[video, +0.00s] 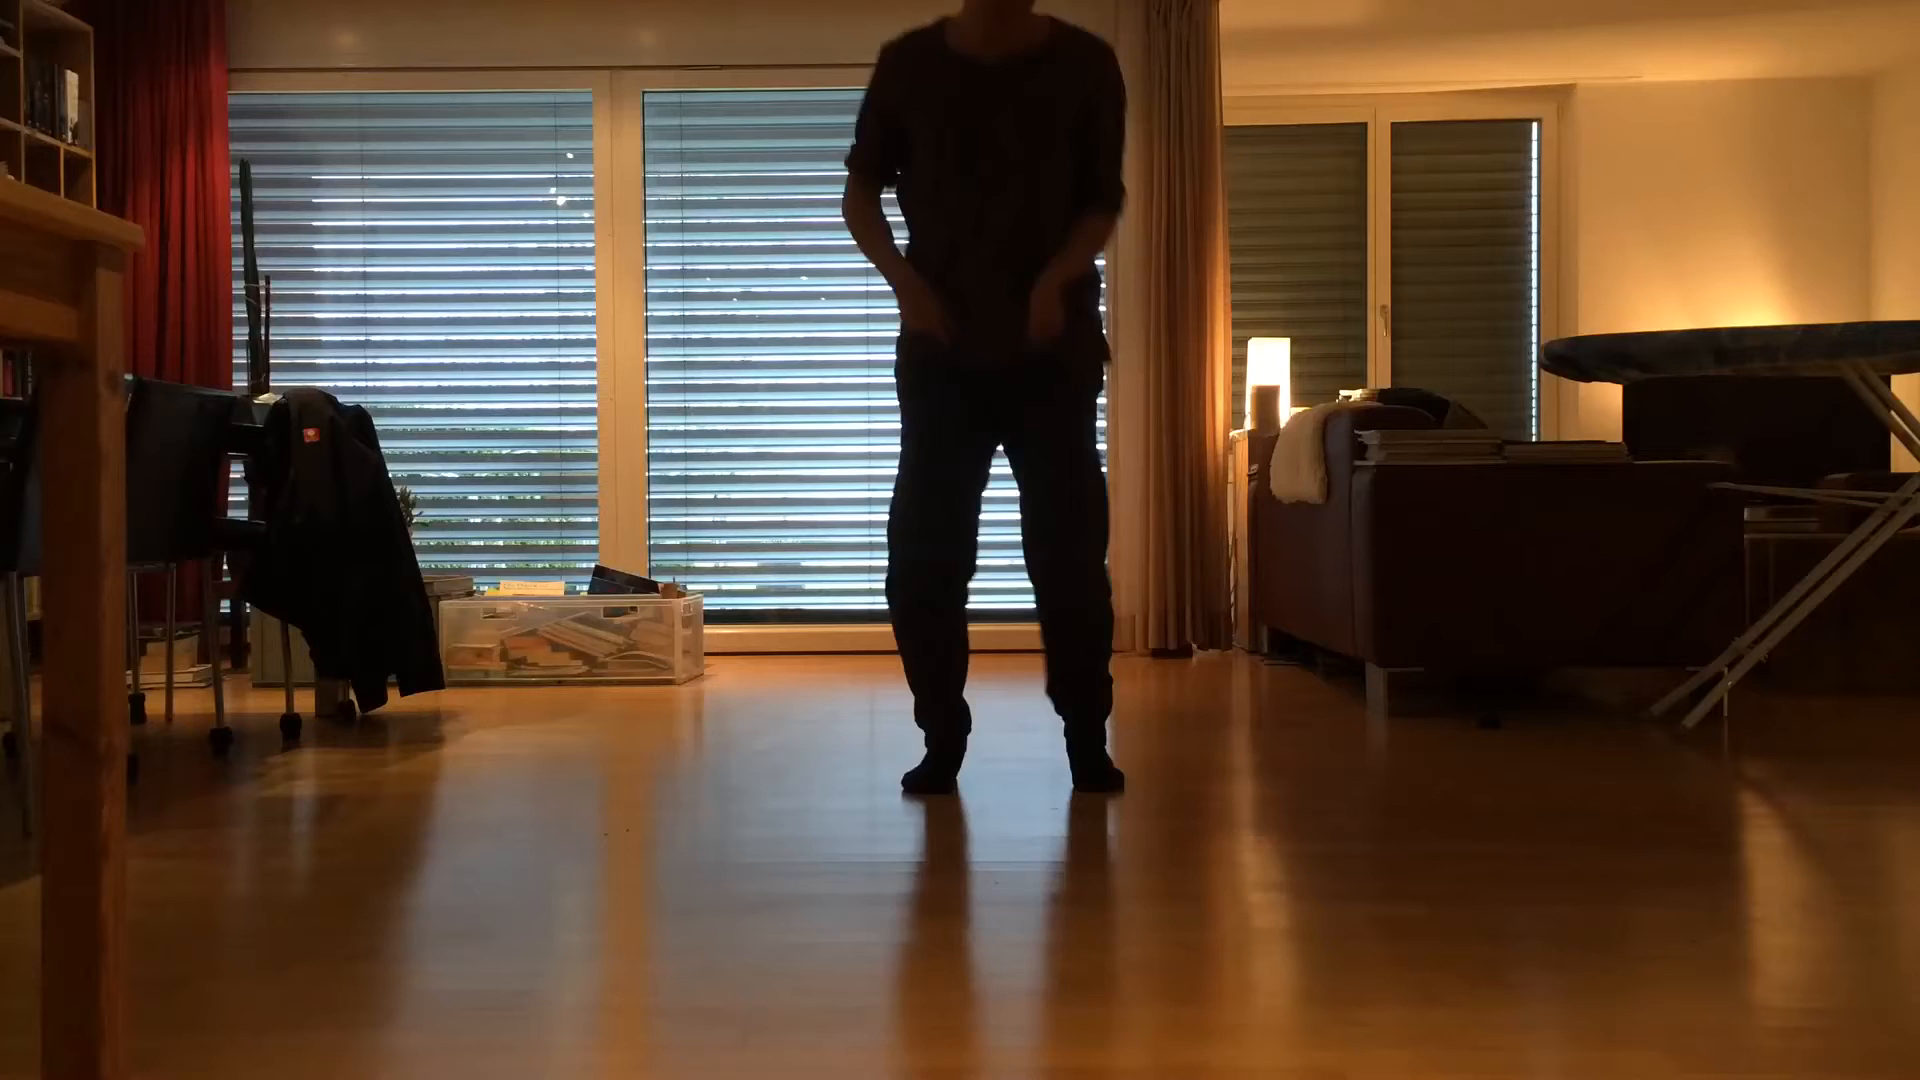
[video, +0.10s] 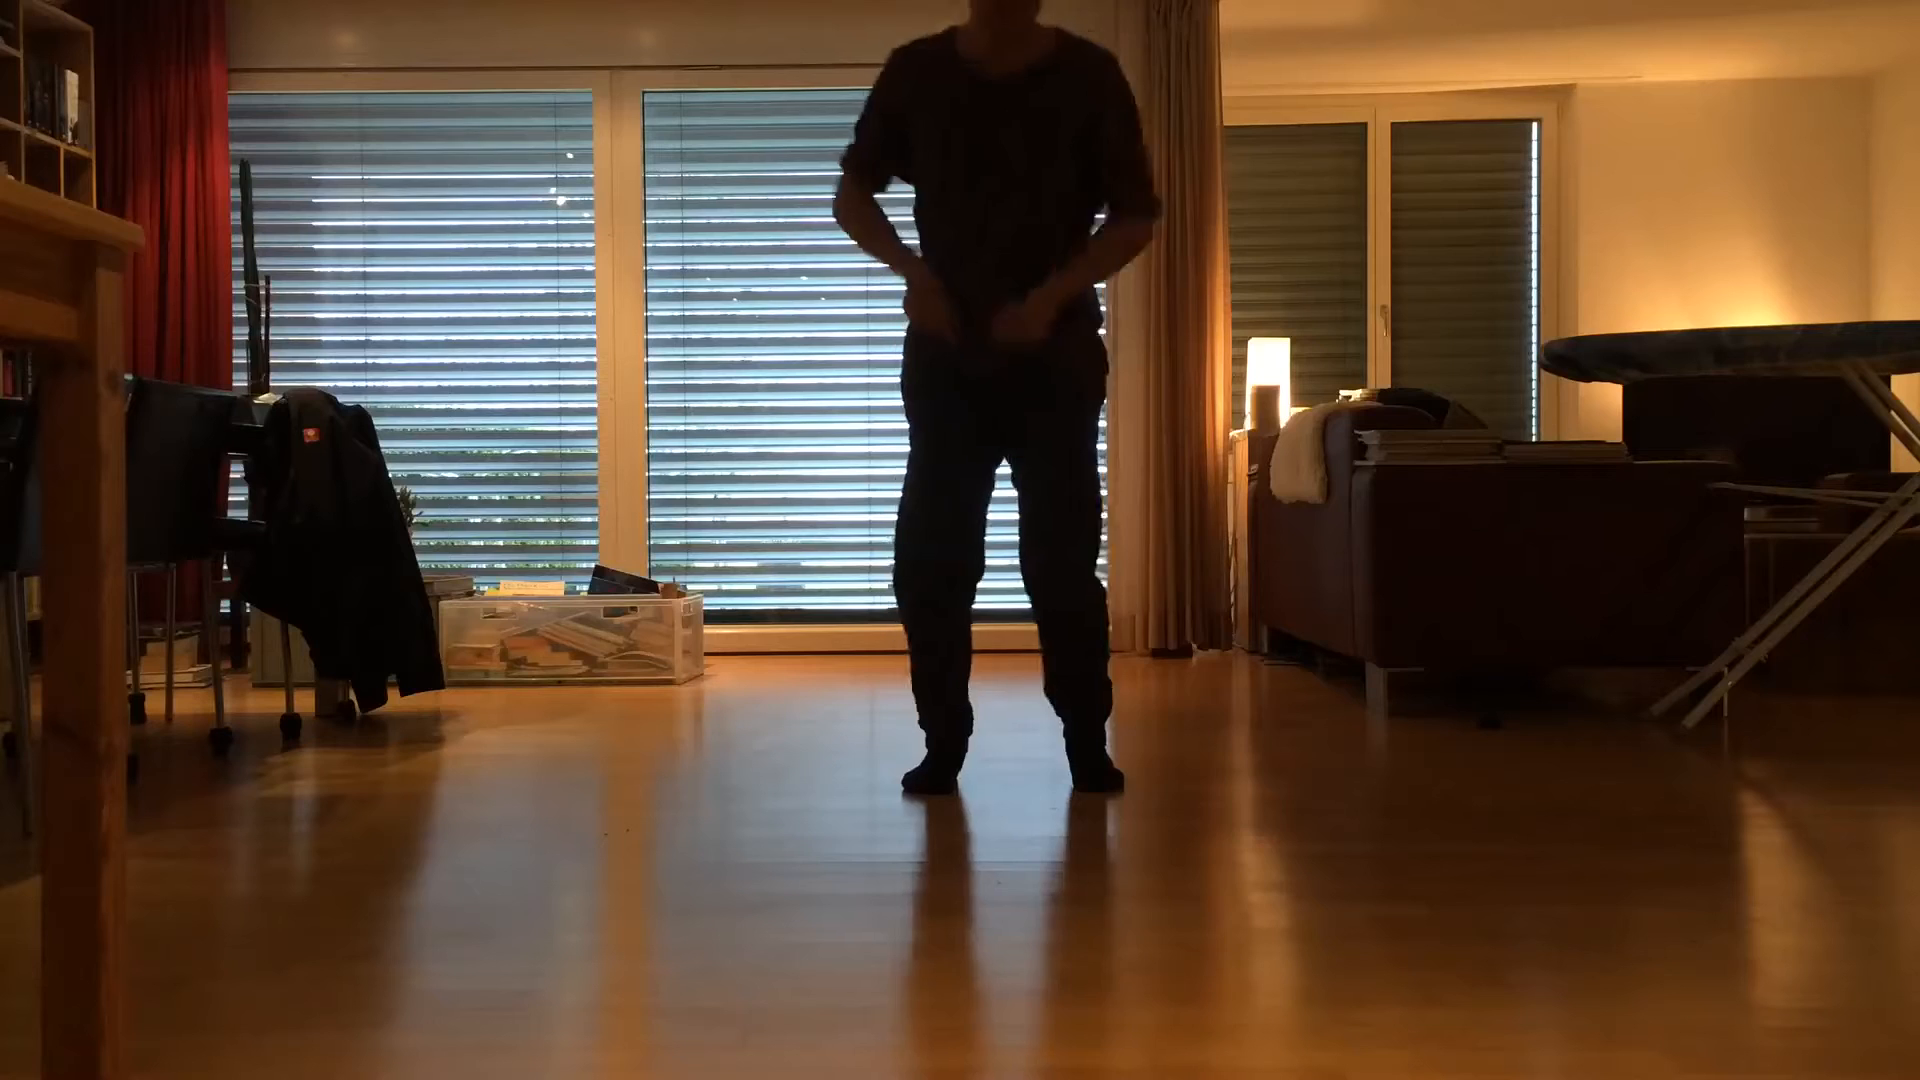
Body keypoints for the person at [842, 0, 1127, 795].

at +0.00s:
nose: (996, 3)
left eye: (1006, 2)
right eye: (987, 2)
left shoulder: (1087, 63)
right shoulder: (907, 62)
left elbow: (1104, 199)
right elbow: (860, 193)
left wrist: (1056, 279)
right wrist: (905, 285)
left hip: (1054, 348)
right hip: (941, 348)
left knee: (1069, 545)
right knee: (925, 546)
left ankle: (1087, 738)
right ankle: (942, 737)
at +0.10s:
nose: (999, 10)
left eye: (1012, 4)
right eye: (990, 3)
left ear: (1036, 3)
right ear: (971, 1)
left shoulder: (1089, 73)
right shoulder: (915, 71)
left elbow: (1137, 218)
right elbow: (852, 200)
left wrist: (1051, 293)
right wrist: (913, 271)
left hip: (1056, 355)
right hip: (946, 354)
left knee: (1063, 559)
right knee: (931, 556)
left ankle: (1087, 742)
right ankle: (943, 741)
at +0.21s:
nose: (997, 5)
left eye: (1010, 3)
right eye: (986, 2)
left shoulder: (1095, 36)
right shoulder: (921, 36)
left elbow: (1185, 132)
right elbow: (828, 136)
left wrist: (1073, 187)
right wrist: (899, 176)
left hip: (1065, 340)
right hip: (951, 338)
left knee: (1076, 545)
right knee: (932, 543)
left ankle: (1091, 736)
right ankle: (937, 738)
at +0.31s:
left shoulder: (1124, 9)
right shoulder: (926, 11)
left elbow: (1216, 64)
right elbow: (830, 98)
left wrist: (1109, 89)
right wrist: (900, 125)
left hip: (1073, 309)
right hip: (952, 311)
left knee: (1120, 511)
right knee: (906, 514)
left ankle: (1121, 716)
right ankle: (911, 715)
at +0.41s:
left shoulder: (1134, 17)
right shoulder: (945, 16)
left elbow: (1241, 65)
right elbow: (845, 117)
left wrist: (1145, 52)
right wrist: (890, 122)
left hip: (1075, 333)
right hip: (950, 334)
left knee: (1157, 520)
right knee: (890, 536)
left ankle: (1169, 737)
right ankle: (872, 739)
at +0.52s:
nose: (1022, 10)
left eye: (1036, 5)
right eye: (1011, 6)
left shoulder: (1125, 49)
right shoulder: (949, 44)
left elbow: (1228, 146)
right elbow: (872, 151)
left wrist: (1191, 84)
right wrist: (913, 185)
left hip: (1081, 350)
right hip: (960, 350)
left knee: (1168, 534)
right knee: (890, 547)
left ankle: (1171, 739)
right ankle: (870, 739)